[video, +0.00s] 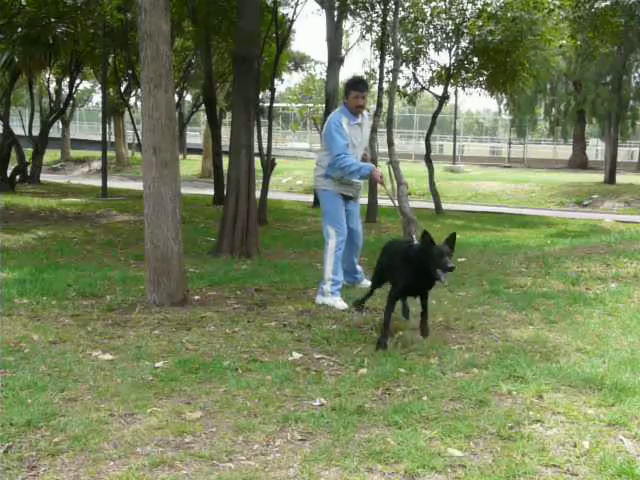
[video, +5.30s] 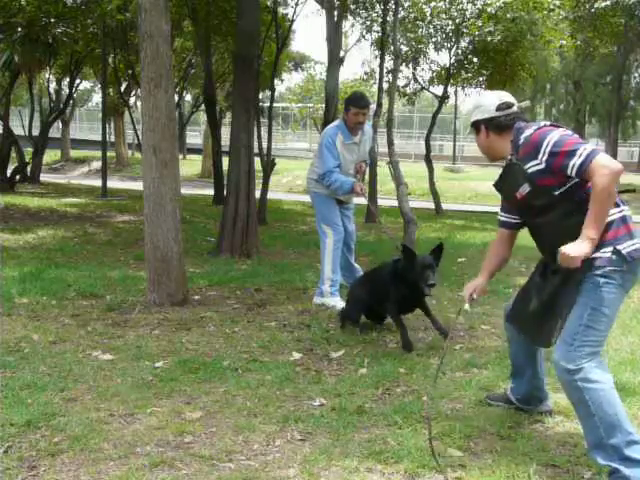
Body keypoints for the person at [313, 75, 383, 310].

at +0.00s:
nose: (361, 102)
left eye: (364, 97)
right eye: (357, 97)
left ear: (367, 98)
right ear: (346, 97)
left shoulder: (364, 120)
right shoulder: (336, 122)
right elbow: (340, 160)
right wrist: (369, 170)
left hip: (351, 183)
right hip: (330, 183)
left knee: (355, 232)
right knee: (337, 233)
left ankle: (352, 274)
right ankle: (329, 291)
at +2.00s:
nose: (355, 106)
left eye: (358, 102)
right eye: (350, 102)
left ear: (360, 102)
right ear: (339, 101)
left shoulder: (353, 124)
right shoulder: (329, 127)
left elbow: (349, 152)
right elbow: (330, 169)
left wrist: (356, 159)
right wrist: (356, 178)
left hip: (344, 188)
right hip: (326, 188)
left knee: (351, 234)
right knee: (335, 235)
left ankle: (350, 275)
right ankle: (326, 291)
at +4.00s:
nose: (364, 115)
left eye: (367, 110)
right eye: (360, 110)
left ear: (370, 110)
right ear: (349, 109)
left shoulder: (363, 130)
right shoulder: (335, 132)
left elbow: (358, 156)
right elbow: (337, 171)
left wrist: (364, 163)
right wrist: (366, 178)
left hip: (344, 189)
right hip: (324, 187)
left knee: (349, 233)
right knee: (335, 233)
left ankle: (352, 276)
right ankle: (327, 292)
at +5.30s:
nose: (360, 120)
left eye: (364, 115)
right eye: (356, 115)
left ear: (368, 114)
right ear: (346, 113)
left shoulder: (366, 131)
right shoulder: (331, 135)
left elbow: (365, 153)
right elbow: (328, 174)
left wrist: (363, 164)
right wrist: (351, 185)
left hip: (345, 191)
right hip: (322, 189)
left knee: (348, 234)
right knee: (334, 233)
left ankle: (352, 279)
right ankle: (327, 292)